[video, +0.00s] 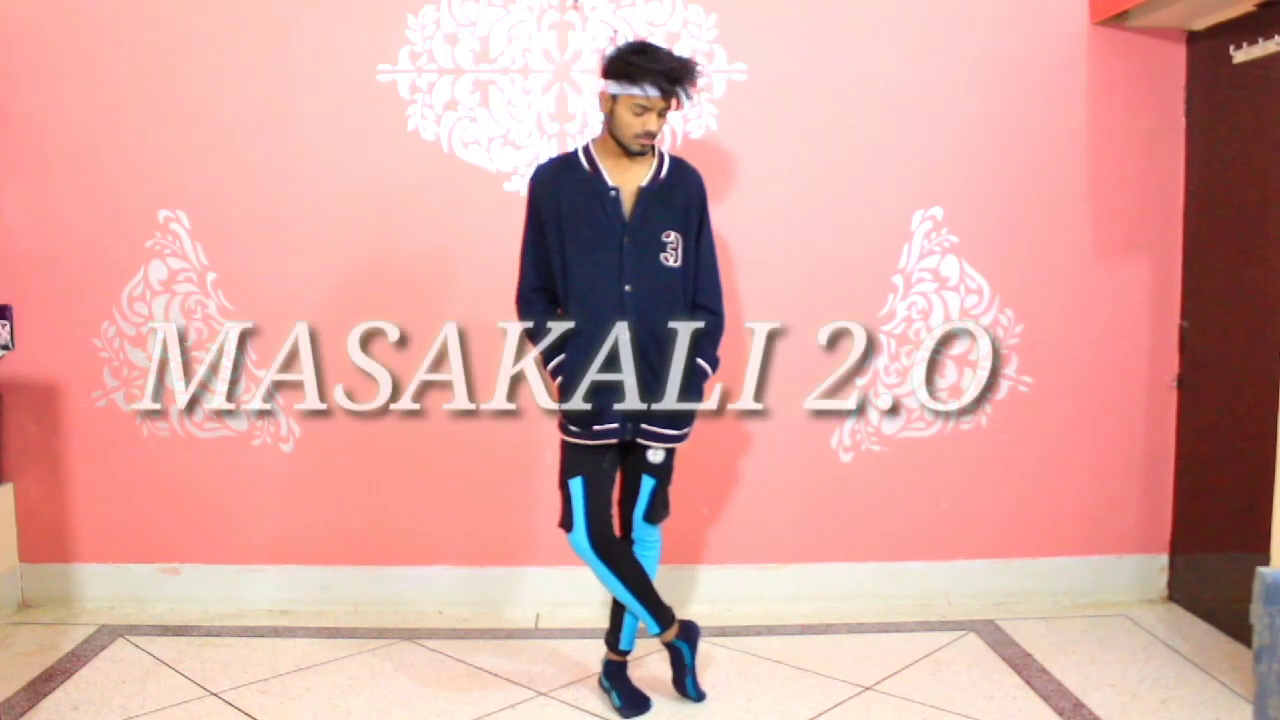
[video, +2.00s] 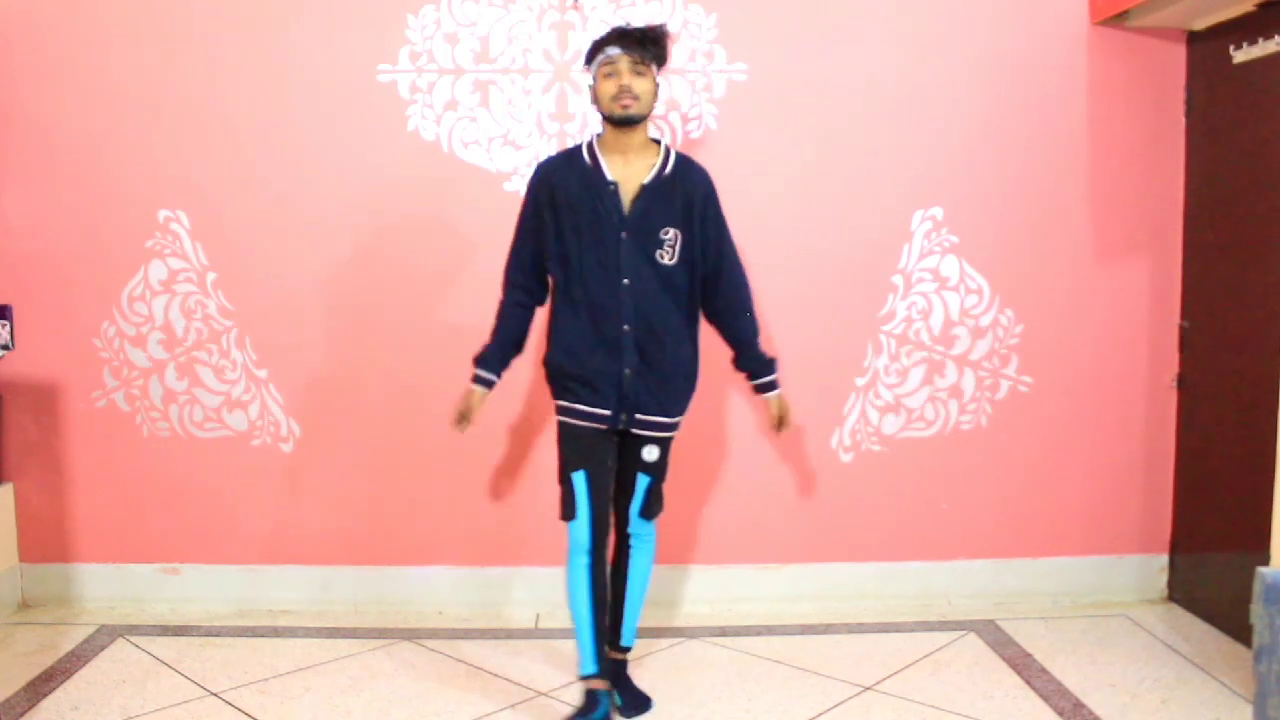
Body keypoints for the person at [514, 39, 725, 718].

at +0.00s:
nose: (654, 125)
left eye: (663, 112)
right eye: (641, 111)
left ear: (671, 111)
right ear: (607, 104)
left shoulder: (682, 182)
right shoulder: (556, 179)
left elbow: (706, 293)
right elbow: (534, 291)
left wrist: (698, 370)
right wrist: (561, 363)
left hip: (666, 387)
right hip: (590, 387)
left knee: (644, 527)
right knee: (587, 532)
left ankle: (616, 661)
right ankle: (674, 633)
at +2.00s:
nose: (624, 85)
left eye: (637, 73)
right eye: (610, 74)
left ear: (657, 85)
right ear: (593, 88)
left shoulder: (687, 180)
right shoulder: (557, 177)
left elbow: (722, 281)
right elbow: (525, 283)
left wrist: (761, 376)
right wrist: (486, 374)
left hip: (659, 383)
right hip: (582, 379)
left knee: (638, 525)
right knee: (587, 524)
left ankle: (618, 664)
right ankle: (593, 682)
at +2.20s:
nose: (612, 79)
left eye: (626, 69)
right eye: (598, 71)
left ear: (647, 85)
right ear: (582, 89)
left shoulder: (681, 174)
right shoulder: (554, 180)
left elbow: (700, 280)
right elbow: (540, 290)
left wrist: (688, 370)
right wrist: (545, 386)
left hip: (653, 383)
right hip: (576, 380)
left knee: (638, 525)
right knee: (555, 522)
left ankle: (617, 662)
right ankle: (558, 664)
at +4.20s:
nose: (595, 61)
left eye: (609, 50)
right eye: (580, 50)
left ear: (630, 66)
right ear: (560, 69)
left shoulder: (665, 165)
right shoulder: (522, 167)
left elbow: (716, 263)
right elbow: (489, 265)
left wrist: (702, 304)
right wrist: (473, 320)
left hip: (652, 382)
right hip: (563, 385)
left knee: (693, 525)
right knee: (568, 539)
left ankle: (630, 643)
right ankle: (579, 695)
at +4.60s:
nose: (627, 110)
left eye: (641, 97)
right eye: (613, 98)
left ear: (663, 110)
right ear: (597, 114)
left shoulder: (701, 200)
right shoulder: (567, 205)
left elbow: (762, 284)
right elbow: (495, 288)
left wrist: (738, 328)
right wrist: (526, 252)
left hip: (665, 412)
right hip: (574, 407)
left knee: (708, 548)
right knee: (535, 538)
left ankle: (738, 685)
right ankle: (519, 701)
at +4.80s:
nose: (614, 101)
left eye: (629, 89)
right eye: (601, 89)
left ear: (651, 101)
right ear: (586, 103)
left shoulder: (696, 186)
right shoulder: (553, 196)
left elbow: (789, 218)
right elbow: (471, 242)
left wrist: (754, 247)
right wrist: (484, 178)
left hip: (676, 403)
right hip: (579, 407)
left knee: (740, 517)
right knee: (534, 524)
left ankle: (765, 653)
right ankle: (506, 632)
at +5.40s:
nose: (618, 114)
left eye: (632, 104)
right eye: (608, 101)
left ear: (650, 118)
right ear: (590, 110)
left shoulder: (668, 191)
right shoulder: (562, 190)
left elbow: (728, 275)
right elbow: (523, 259)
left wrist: (746, 215)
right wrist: (448, 257)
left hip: (643, 390)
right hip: (560, 391)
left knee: (697, 499)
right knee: (509, 495)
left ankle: (736, 621)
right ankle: (503, 624)